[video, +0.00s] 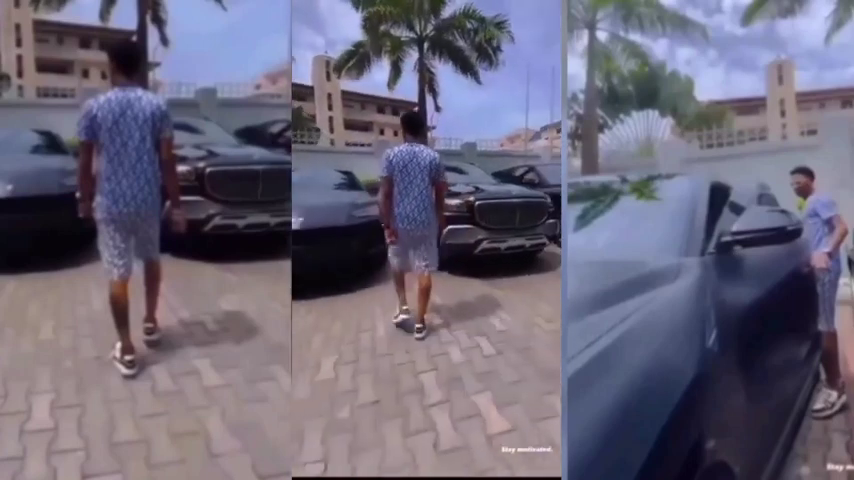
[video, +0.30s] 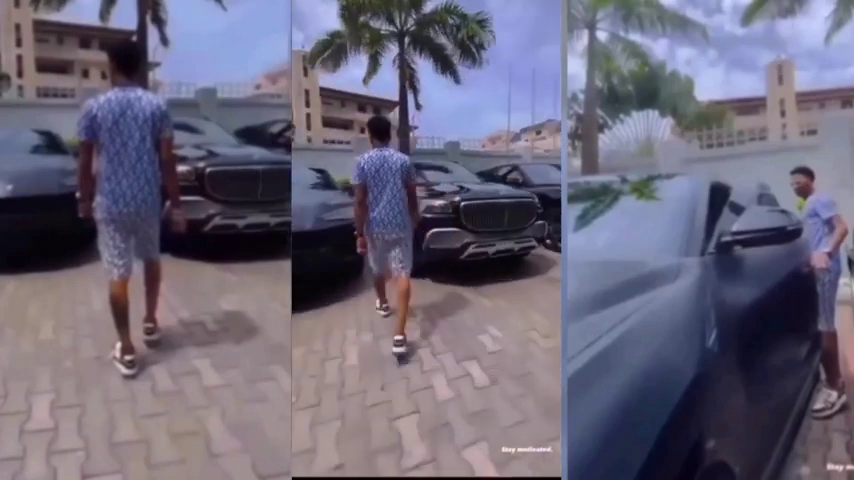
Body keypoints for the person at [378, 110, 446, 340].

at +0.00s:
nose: (403, 132)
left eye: (402, 129)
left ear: (402, 130)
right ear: (424, 129)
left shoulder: (392, 155)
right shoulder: (432, 156)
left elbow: (386, 193)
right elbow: (440, 192)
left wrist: (386, 224)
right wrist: (440, 219)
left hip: (399, 222)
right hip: (425, 222)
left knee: (397, 266)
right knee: (424, 270)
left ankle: (403, 306)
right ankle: (420, 322)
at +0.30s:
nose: (371, 138)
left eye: (369, 134)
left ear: (369, 135)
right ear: (390, 134)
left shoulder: (363, 163)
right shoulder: (403, 161)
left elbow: (360, 201)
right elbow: (412, 195)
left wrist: (360, 233)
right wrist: (414, 219)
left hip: (376, 227)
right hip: (401, 226)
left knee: (378, 269)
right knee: (403, 275)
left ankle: (382, 303)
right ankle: (400, 333)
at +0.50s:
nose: (349, 133)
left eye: (345, 129)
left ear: (345, 130)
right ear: (366, 129)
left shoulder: (337, 156)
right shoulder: (378, 155)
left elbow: (335, 196)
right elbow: (389, 192)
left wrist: (334, 228)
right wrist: (394, 220)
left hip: (351, 224)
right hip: (378, 222)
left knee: (357, 271)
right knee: (387, 266)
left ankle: (365, 313)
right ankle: (384, 304)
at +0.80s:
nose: (330, 137)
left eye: (325, 132)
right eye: (339, 133)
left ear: (321, 133)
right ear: (343, 133)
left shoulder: (309, 157)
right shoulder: (352, 158)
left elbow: (300, 192)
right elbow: (360, 195)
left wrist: (301, 222)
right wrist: (369, 225)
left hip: (320, 223)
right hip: (348, 221)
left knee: (329, 275)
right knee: (354, 261)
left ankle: (339, 331)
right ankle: (356, 297)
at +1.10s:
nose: (315, 139)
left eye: (312, 134)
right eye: (324, 135)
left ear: (309, 134)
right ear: (329, 136)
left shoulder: (296, 159)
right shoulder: (336, 162)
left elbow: (293, 191)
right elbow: (345, 195)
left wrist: (294, 214)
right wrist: (349, 221)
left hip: (304, 219)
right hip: (331, 219)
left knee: (303, 267)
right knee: (334, 262)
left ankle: (310, 311)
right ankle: (331, 306)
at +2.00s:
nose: (333, 140)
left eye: (326, 136)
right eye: (337, 136)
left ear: (321, 137)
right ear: (341, 137)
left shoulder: (311, 160)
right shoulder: (349, 159)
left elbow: (310, 192)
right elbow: (358, 188)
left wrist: (315, 204)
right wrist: (359, 202)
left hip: (325, 214)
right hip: (348, 213)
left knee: (333, 259)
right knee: (356, 252)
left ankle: (342, 304)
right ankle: (357, 289)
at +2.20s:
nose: (355, 151)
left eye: (349, 147)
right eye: (358, 147)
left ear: (344, 148)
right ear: (362, 148)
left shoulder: (333, 169)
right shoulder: (368, 170)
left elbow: (332, 197)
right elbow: (374, 199)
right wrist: (378, 201)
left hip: (343, 222)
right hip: (365, 221)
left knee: (352, 264)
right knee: (369, 261)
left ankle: (359, 311)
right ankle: (366, 295)